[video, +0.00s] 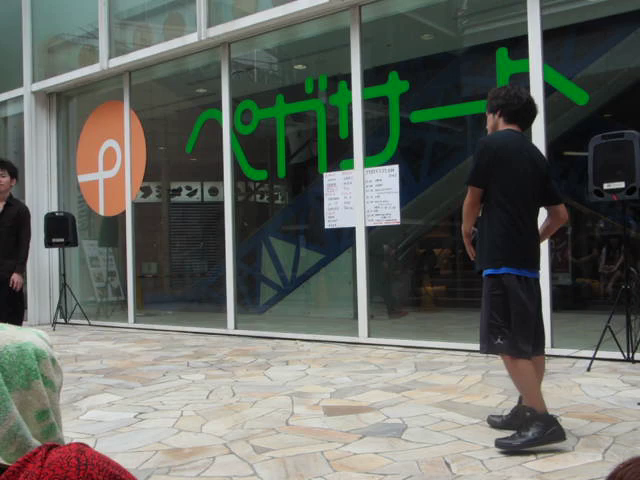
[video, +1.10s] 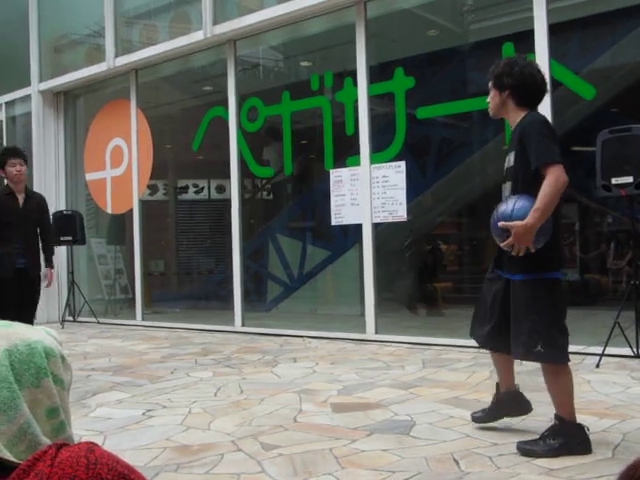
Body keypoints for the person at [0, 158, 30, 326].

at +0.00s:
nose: (0, 180)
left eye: (3, 175)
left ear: (13, 181)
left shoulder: (19, 210)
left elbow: (23, 244)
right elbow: (23, 244)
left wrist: (19, 271)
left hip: (8, 276)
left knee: (11, 324)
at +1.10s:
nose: (18, 169)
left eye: (21, 165)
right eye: (13, 165)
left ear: (27, 168)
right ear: (4, 171)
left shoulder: (37, 200)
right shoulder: (3, 199)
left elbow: (46, 233)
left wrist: (49, 265)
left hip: (30, 269)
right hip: (5, 269)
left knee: (26, 322)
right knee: (7, 321)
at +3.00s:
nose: (104, 176)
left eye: (106, 173)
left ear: (108, 176)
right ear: (129, 177)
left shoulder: (99, 203)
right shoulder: (137, 203)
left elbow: (95, 236)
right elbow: (147, 234)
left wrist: (102, 252)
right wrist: (148, 254)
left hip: (106, 266)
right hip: (131, 265)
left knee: (96, 306)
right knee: (130, 307)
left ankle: (94, 347)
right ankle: (132, 349)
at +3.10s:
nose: (124, 178)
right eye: (123, 175)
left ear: (103, 179)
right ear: (124, 178)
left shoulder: (97, 205)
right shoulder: (133, 204)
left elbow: (93, 237)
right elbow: (143, 238)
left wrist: (105, 247)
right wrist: (132, 252)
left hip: (103, 264)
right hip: (128, 265)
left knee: (96, 303)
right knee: (129, 306)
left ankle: (89, 343)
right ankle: (131, 349)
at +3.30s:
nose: (117, 179)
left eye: (115, 175)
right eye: (115, 176)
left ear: (96, 181)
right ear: (111, 179)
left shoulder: (90, 204)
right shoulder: (119, 204)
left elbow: (92, 233)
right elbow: (131, 231)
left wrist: (123, 248)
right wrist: (135, 247)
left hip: (94, 266)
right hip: (117, 265)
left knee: (90, 304)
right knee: (126, 304)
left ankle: (90, 343)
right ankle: (129, 346)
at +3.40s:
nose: (112, 179)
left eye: (111, 175)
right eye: (109, 176)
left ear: (93, 182)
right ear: (103, 180)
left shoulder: (87, 205)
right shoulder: (110, 202)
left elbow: (88, 238)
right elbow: (120, 230)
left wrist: (116, 250)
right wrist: (134, 249)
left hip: (88, 265)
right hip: (107, 264)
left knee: (92, 305)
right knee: (121, 304)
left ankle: (92, 343)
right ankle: (126, 344)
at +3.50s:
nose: (108, 179)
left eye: (106, 175)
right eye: (104, 175)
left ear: (91, 182)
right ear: (95, 180)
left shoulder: (87, 204)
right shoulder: (103, 201)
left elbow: (95, 238)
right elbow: (112, 231)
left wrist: (123, 248)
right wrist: (129, 251)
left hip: (84, 263)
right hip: (99, 263)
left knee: (91, 303)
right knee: (114, 303)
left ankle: (93, 344)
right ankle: (113, 345)